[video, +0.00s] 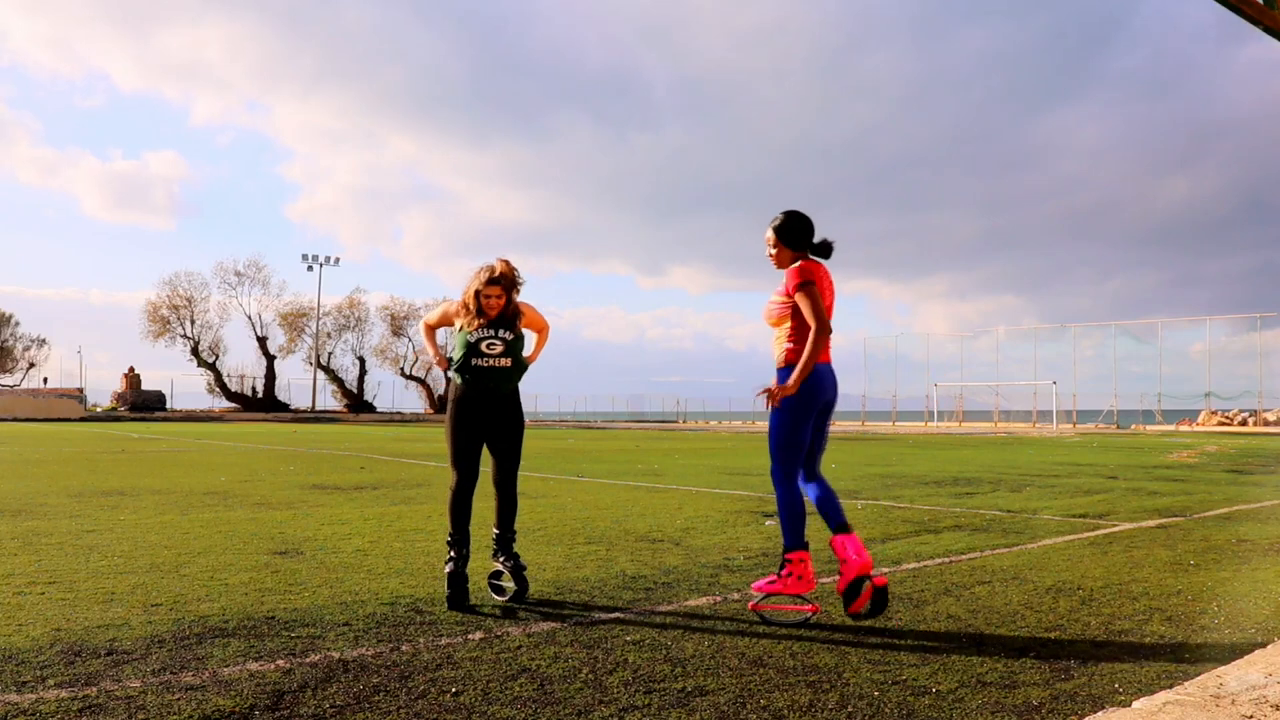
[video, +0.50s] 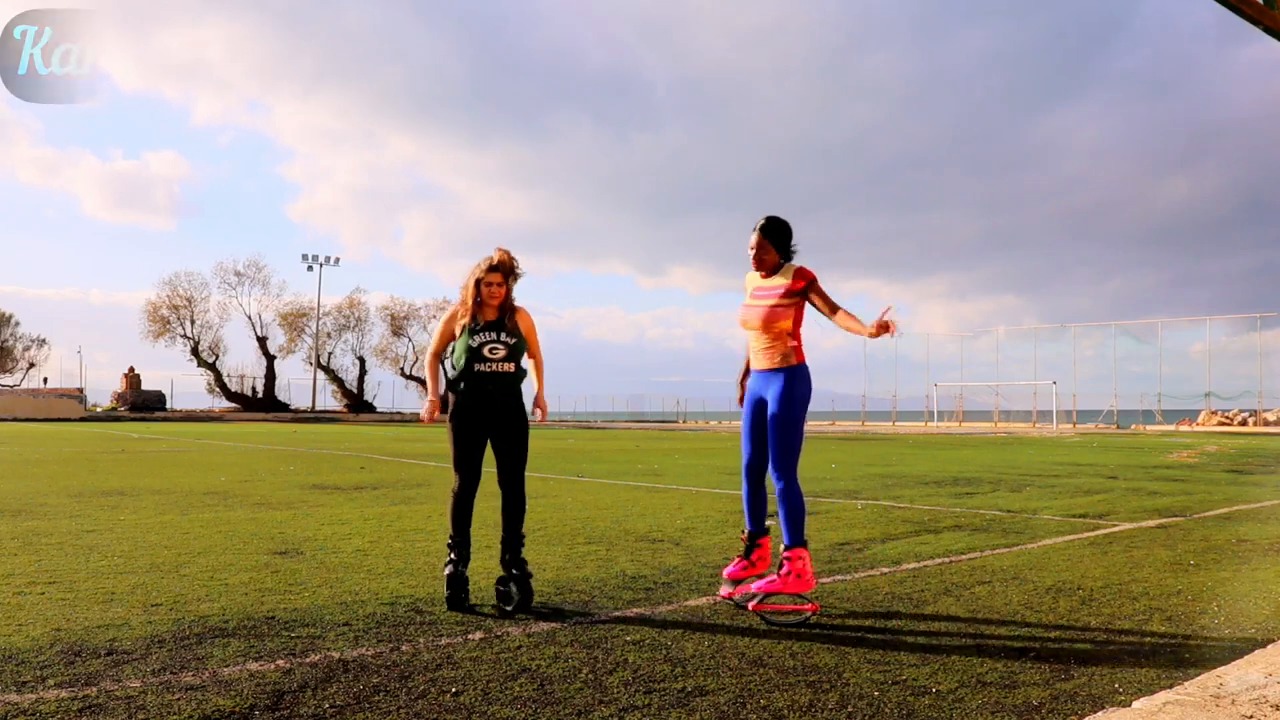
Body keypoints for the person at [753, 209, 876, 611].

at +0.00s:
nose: (768, 252)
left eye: (772, 246)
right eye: (767, 246)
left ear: (788, 245)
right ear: (803, 243)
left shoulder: (797, 274)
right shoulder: (818, 273)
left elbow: (820, 329)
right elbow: (805, 335)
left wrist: (792, 382)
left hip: (798, 381)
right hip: (822, 379)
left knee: (784, 475)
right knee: (810, 474)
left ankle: (796, 569)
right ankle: (852, 553)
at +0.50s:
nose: (754, 256)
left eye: (761, 250)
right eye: (752, 249)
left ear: (781, 250)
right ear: (751, 247)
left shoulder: (798, 277)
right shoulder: (755, 279)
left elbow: (833, 311)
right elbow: (760, 333)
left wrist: (866, 330)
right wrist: (746, 372)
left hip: (787, 380)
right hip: (757, 380)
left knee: (782, 472)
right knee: (751, 467)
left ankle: (797, 564)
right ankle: (755, 550)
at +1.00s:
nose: (755, 251)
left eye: (761, 245)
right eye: (749, 246)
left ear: (773, 249)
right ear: (742, 250)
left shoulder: (794, 282)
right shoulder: (731, 287)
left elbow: (795, 331)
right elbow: (710, 338)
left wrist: (789, 366)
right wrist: (679, 377)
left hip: (792, 381)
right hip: (753, 382)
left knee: (792, 466)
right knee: (754, 467)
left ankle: (802, 546)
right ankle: (752, 551)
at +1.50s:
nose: (793, 248)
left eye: (799, 243)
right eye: (787, 243)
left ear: (809, 249)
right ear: (778, 251)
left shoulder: (826, 285)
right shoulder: (764, 285)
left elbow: (845, 333)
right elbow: (751, 339)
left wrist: (871, 366)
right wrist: (768, 382)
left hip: (809, 384)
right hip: (769, 381)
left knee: (803, 472)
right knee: (762, 467)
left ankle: (801, 552)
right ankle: (752, 546)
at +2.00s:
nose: (800, 255)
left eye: (807, 249)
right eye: (794, 248)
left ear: (816, 250)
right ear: (782, 249)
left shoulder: (829, 284)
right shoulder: (765, 284)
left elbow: (838, 332)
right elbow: (742, 333)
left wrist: (839, 372)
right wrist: (755, 354)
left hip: (819, 384)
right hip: (779, 384)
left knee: (826, 481)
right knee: (781, 474)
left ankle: (814, 550)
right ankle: (777, 561)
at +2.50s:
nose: (831, 253)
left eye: (838, 246)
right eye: (825, 246)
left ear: (848, 246)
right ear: (813, 245)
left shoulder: (864, 282)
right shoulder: (797, 279)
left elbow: (885, 336)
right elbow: (784, 324)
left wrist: (874, 350)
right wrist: (779, 337)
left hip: (846, 383)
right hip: (804, 381)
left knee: (848, 480)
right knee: (799, 474)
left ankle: (850, 570)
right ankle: (789, 552)